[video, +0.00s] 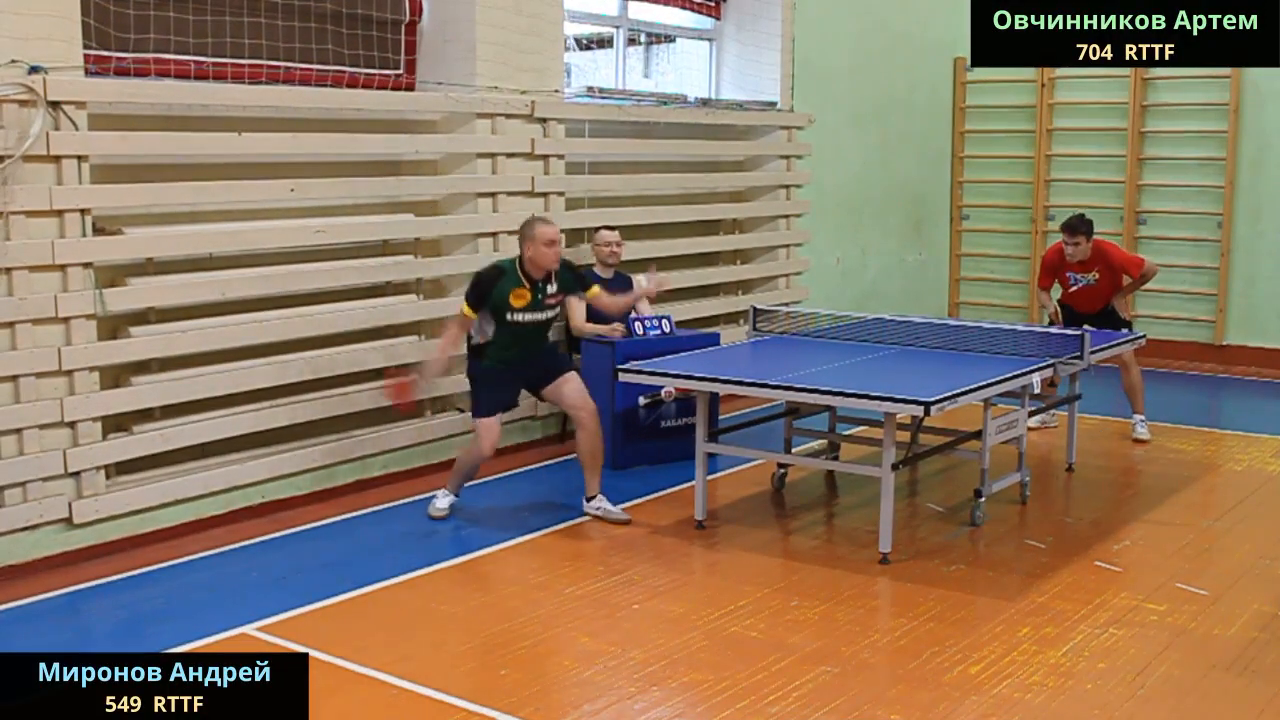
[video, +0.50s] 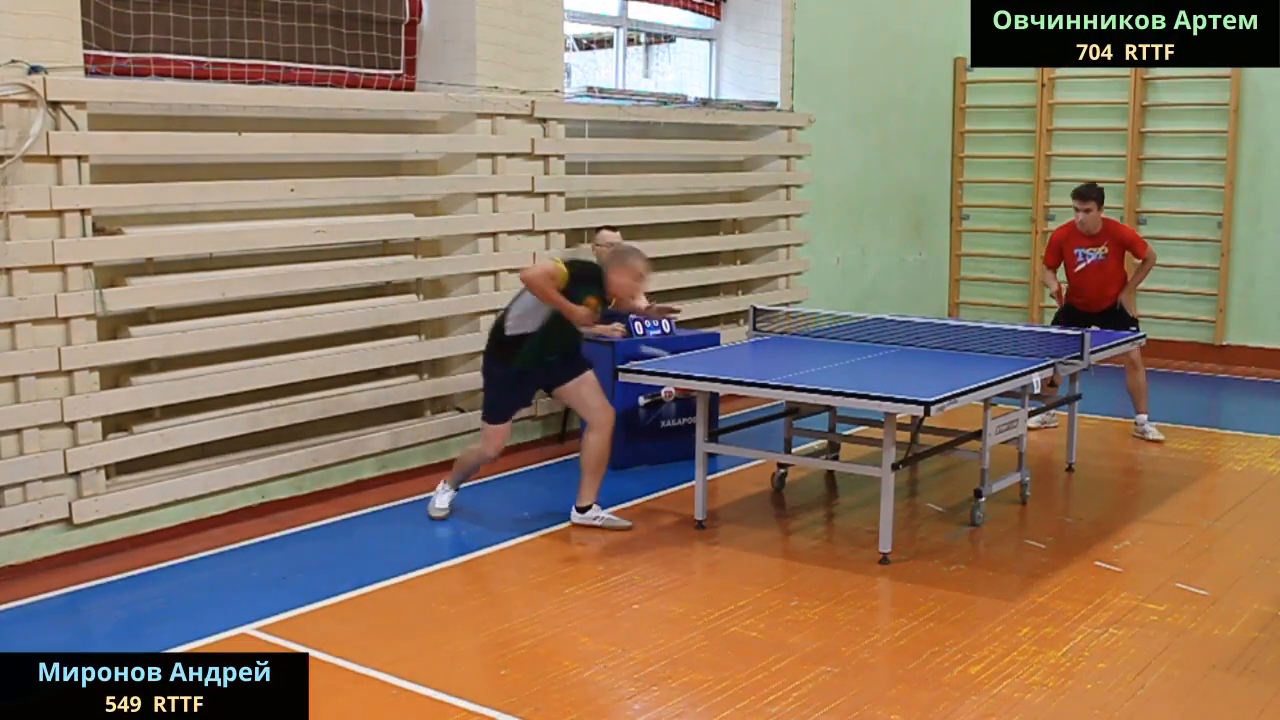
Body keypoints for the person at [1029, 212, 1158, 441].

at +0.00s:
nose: (1069, 250)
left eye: (1075, 245)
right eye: (1065, 244)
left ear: (1090, 241)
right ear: (1061, 240)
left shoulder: (1108, 253)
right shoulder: (1053, 257)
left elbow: (1150, 270)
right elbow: (1043, 289)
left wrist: (1122, 295)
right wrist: (1050, 307)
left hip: (1107, 311)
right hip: (1071, 312)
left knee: (1127, 358)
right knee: (1049, 356)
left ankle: (1139, 419)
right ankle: (1048, 411)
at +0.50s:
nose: (1079, 217)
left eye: (1086, 211)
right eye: (1076, 210)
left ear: (1100, 210)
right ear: (1072, 209)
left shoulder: (1118, 233)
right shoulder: (1062, 236)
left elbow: (1150, 257)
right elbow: (1048, 269)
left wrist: (1128, 291)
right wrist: (1053, 285)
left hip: (1112, 309)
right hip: (1074, 310)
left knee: (1134, 358)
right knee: (1050, 359)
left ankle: (1142, 421)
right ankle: (1047, 411)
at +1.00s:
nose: (1051, 230)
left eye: (1058, 225)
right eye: (1049, 223)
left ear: (1072, 221)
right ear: (1045, 219)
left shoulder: (1092, 239)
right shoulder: (1038, 238)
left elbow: (1129, 261)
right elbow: (1000, 254)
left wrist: (1146, 296)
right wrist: (1003, 274)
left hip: (1097, 316)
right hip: (1057, 315)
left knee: (1121, 363)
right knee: (1018, 356)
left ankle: (1152, 418)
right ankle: (1017, 414)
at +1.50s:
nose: (1056, 199)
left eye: (1063, 193)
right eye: (1052, 192)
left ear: (1074, 193)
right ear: (1047, 189)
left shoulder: (1085, 215)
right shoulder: (1031, 210)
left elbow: (1099, 247)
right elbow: (1002, 237)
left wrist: (1111, 279)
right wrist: (1015, 243)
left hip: (1077, 289)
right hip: (1041, 290)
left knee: (1100, 343)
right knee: (1023, 344)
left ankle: (1119, 398)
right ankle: (1015, 404)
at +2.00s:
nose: (1119, 187)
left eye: (1125, 181)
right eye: (1116, 180)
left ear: (1138, 181)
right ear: (1112, 180)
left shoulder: (1154, 208)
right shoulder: (1098, 209)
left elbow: (1167, 238)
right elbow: (1081, 240)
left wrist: (1174, 265)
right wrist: (1085, 257)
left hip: (1144, 281)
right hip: (1109, 280)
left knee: (1155, 333)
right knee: (1093, 329)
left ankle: (1156, 388)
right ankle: (1089, 373)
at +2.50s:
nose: (1208, 222)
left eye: (1214, 217)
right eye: (1204, 216)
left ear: (1222, 218)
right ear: (1197, 215)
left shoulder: (1227, 241)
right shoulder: (1183, 240)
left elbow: (1234, 267)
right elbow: (1185, 279)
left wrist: (1251, 288)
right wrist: (1222, 293)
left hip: (1210, 307)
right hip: (1175, 307)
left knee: (1243, 346)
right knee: (1137, 343)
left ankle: (1262, 394)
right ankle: (1102, 384)